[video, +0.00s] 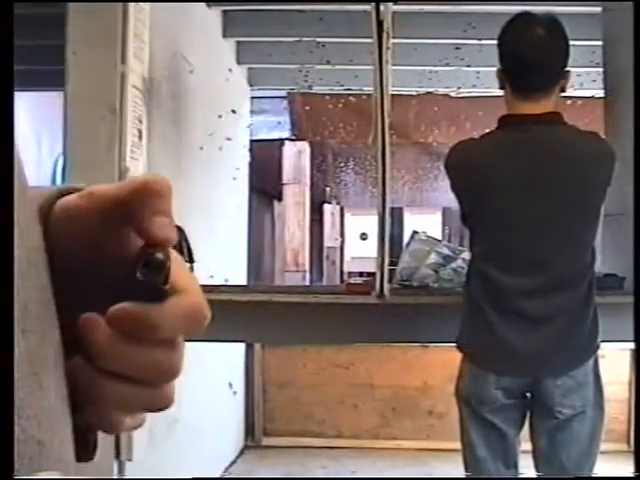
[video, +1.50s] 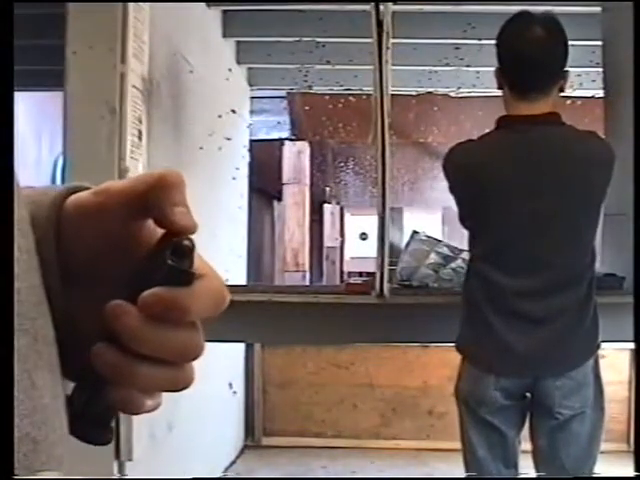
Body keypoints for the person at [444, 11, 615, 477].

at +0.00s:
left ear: (500, 79)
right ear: (565, 80)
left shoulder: (465, 160)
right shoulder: (596, 155)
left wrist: (532, 121)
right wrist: (552, 116)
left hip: (490, 357)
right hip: (568, 359)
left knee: (489, 472)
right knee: (568, 472)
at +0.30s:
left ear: (500, 78)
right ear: (565, 79)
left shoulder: (465, 160)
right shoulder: (596, 155)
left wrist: (533, 120)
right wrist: (551, 115)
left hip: (490, 357)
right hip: (568, 358)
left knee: (489, 472)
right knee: (568, 472)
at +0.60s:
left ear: (500, 79)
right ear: (564, 80)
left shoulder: (465, 160)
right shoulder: (596, 155)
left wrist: (530, 119)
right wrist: (550, 113)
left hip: (490, 357)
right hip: (569, 359)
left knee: (489, 472)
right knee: (567, 472)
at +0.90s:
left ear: (500, 79)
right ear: (565, 80)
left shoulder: (465, 161)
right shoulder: (596, 155)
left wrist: (534, 121)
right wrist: (552, 113)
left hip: (491, 357)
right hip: (569, 359)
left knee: (490, 472)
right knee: (568, 472)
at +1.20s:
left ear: (500, 80)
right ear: (565, 81)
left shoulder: (465, 160)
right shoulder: (597, 154)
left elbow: (478, 221)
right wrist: (549, 116)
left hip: (492, 359)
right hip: (571, 359)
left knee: (491, 472)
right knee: (571, 472)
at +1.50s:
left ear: (499, 80)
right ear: (564, 82)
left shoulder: (463, 161)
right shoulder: (596, 155)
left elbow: (478, 221)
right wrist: (549, 113)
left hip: (490, 359)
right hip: (569, 360)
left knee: (489, 472)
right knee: (569, 472)